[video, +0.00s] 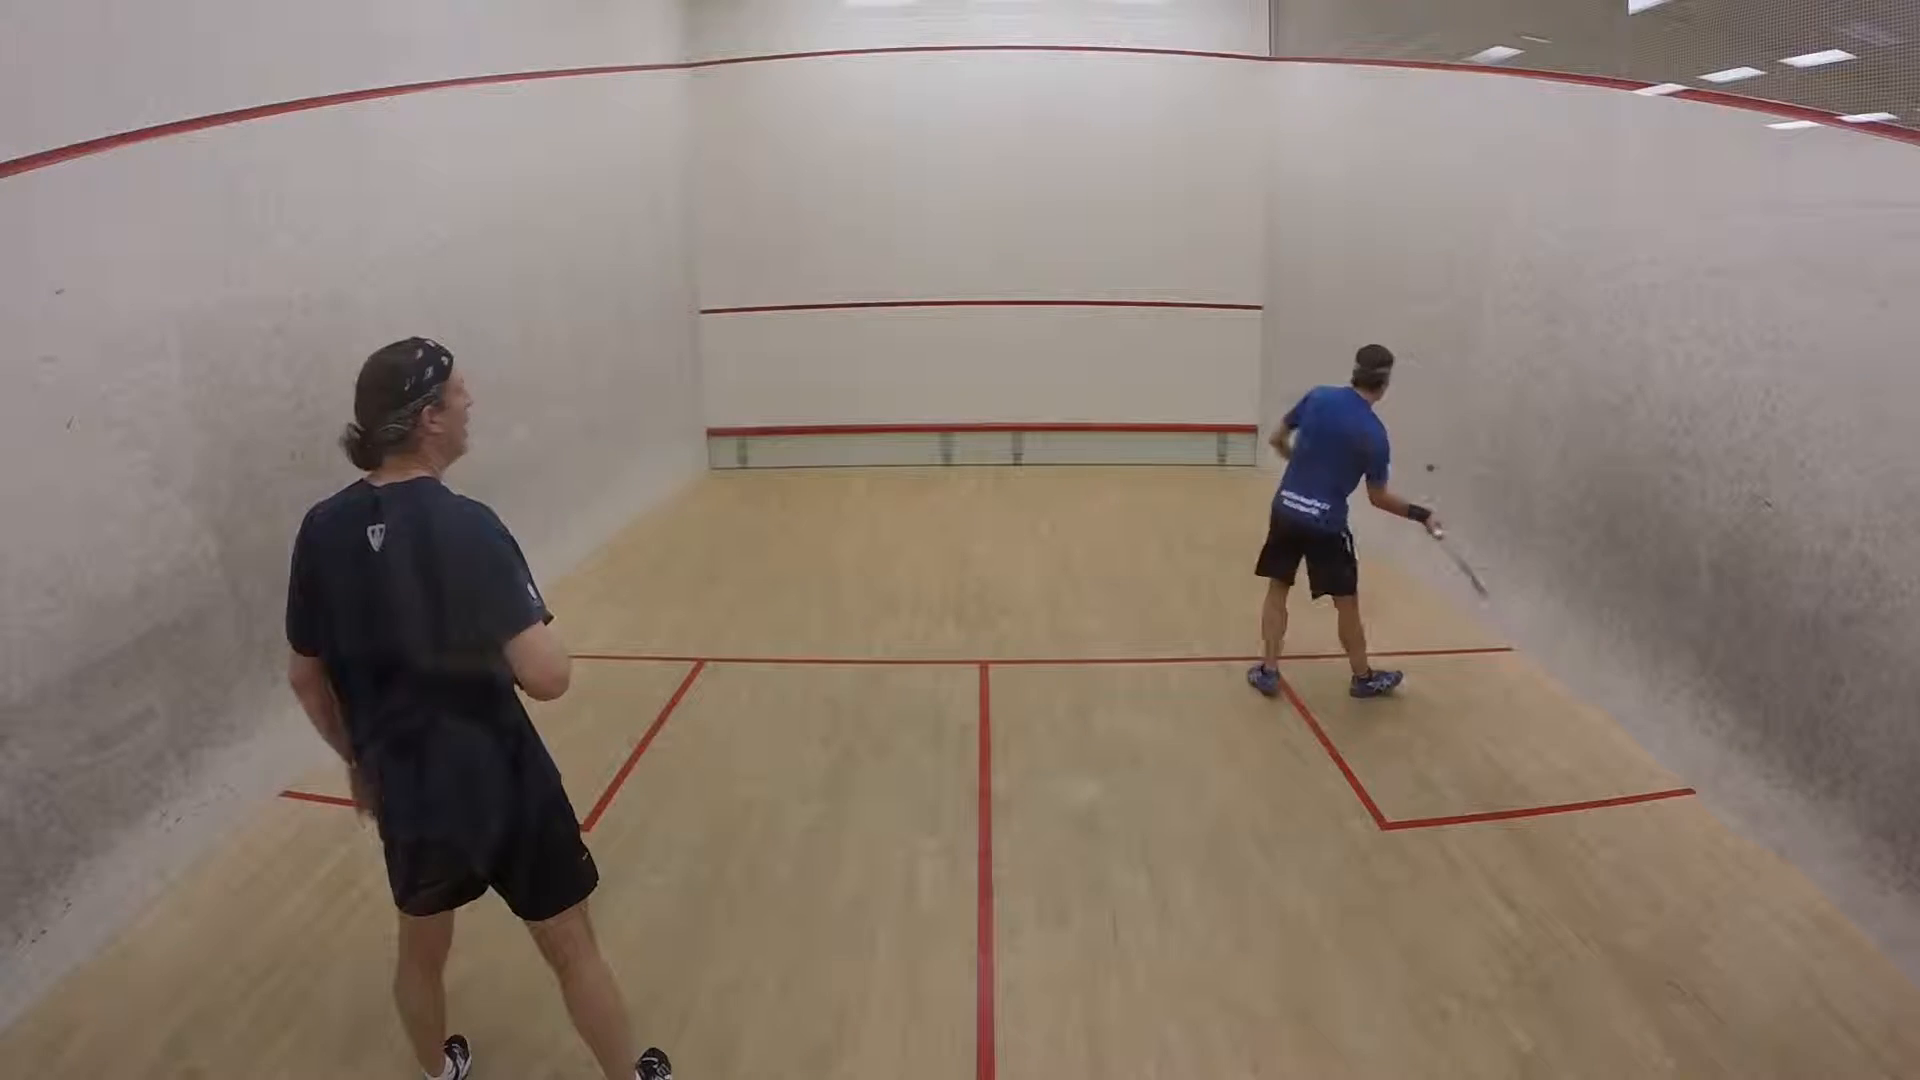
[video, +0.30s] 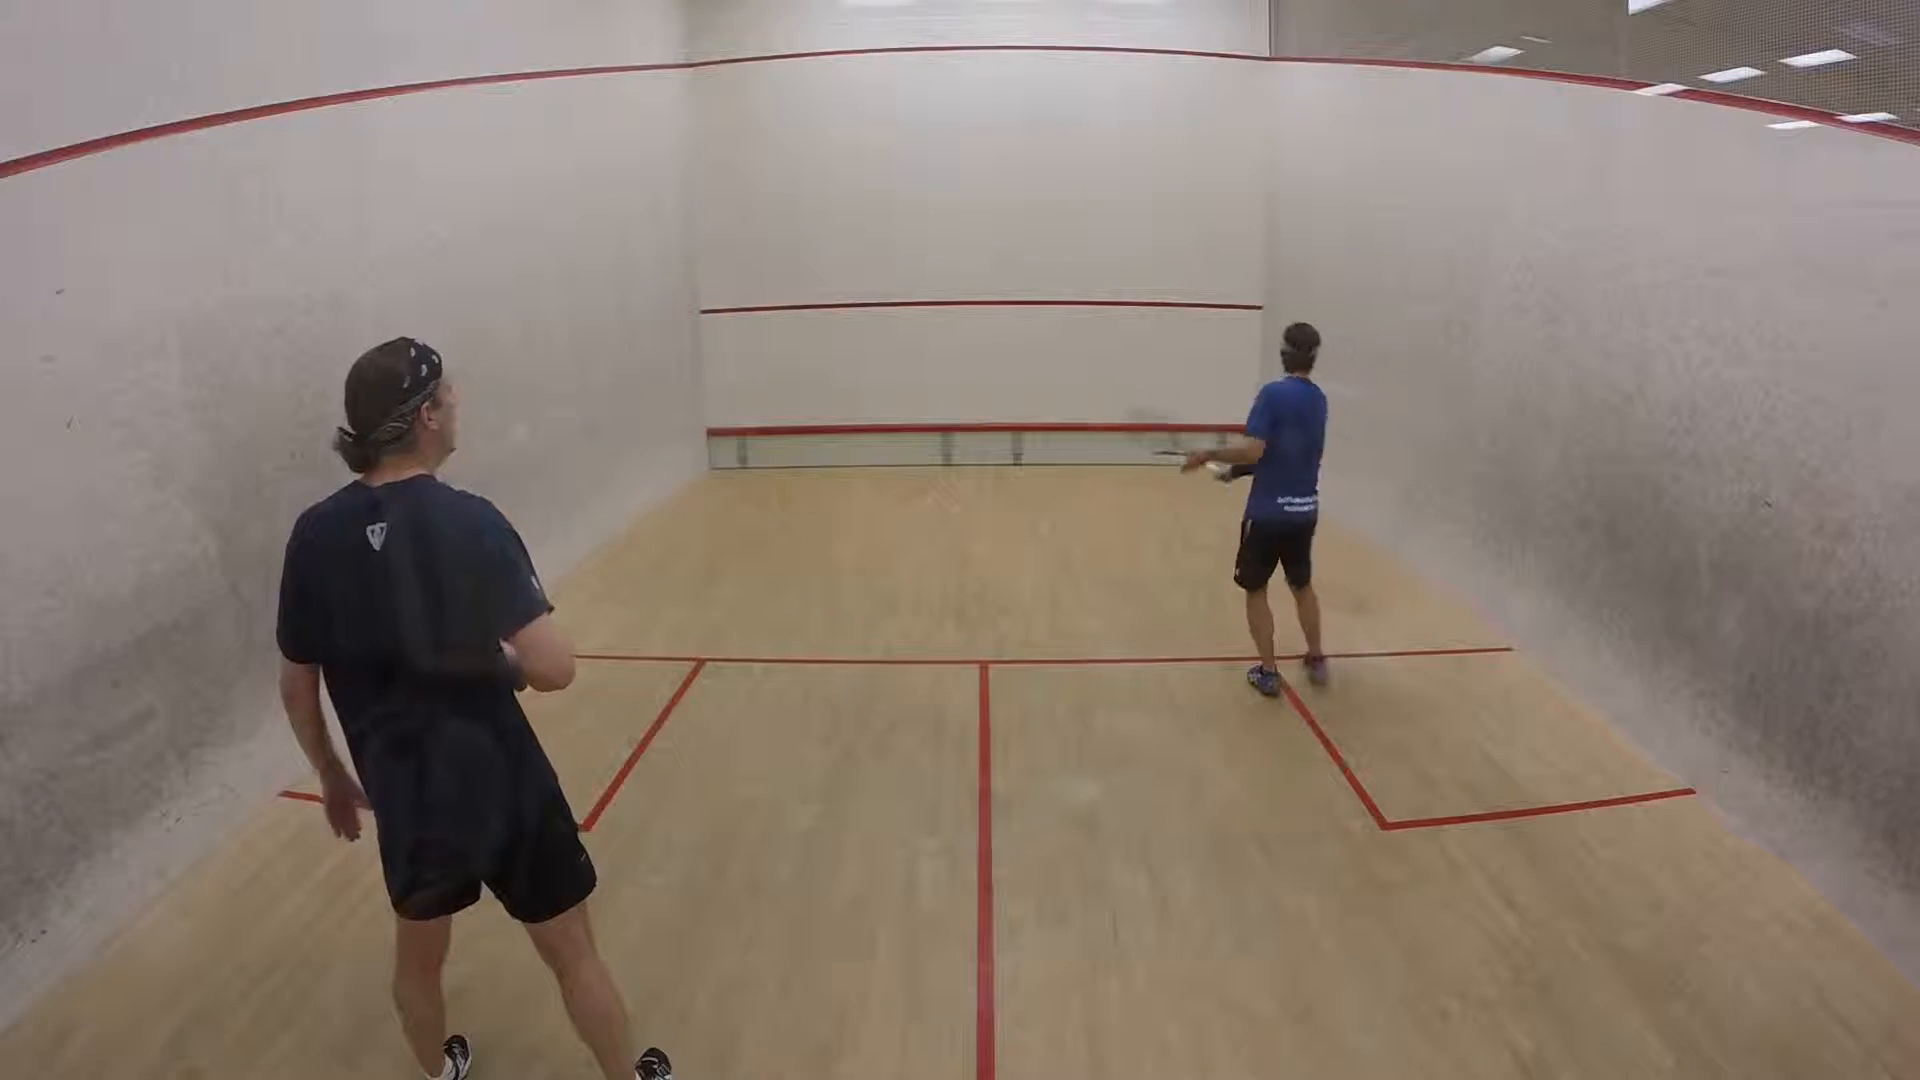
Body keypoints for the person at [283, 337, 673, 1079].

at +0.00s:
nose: (470, 411)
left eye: (465, 396)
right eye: (461, 399)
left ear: (382, 421)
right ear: (426, 420)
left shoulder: (324, 528)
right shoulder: (469, 525)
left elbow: (307, 675)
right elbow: (547, 676)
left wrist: (357, 756)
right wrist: (519, 627)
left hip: (402, 783)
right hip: (502, 775)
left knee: (420, 952)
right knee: (572, 949)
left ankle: (438, 1069)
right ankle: (631, 1071)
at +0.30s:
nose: (456, 407)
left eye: (449, 393)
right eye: (449, 396)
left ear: (365, 423)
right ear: (426, 417)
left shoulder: (317, 534)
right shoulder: (471, 521)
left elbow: (298, 688)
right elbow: (554, 667)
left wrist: (333, 777)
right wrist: (500, 654)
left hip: (404, 794)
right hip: (503, 779)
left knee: (418, 958)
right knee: (572, 953)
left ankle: (435, 1070)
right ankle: (630, 1072)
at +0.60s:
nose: (437, 410)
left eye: (429, 397)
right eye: (430, 400)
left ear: (345, 431)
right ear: (414, 421)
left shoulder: (305, 540)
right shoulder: (475, 512)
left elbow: (283, 695)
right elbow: (569, 643)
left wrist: (311, 796)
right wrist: (499, 657)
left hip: (387, 793)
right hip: (494, 775)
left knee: (411, 949)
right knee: (573, 940)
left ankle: (438, 1067)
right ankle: (631, 1071)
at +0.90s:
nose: (446, 429)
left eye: (438, 417)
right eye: (440, 421)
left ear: (356, 463)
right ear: (436, 444)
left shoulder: (333, 582)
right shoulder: (506, 529)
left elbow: (298, 748)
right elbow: (549, 639)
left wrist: (281, 863)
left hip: (417, 838)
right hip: (529, 807)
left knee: (410, 978)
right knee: (583, 945)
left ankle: (427, 1072)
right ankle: (641, 1069)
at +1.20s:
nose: (427, 448)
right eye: (419, 439)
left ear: (325, 498)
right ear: (416, 465)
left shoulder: (355, 637)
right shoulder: (456, 530)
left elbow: (251, 707)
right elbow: (352, 578)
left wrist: (188, 699)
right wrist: (266, 583)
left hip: (405, 879)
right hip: (499, 836)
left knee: (343, 1057)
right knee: (553, 966)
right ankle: (634, 1069)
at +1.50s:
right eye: (314, 484)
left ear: (208, 551)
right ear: (317, 505)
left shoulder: (220, 695)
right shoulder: (398, 605)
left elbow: (204, 822)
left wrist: (177, 709)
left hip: (299, 960)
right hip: (420, 919)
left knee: (284, 1064)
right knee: (533, 1020)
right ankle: (618, 1072)